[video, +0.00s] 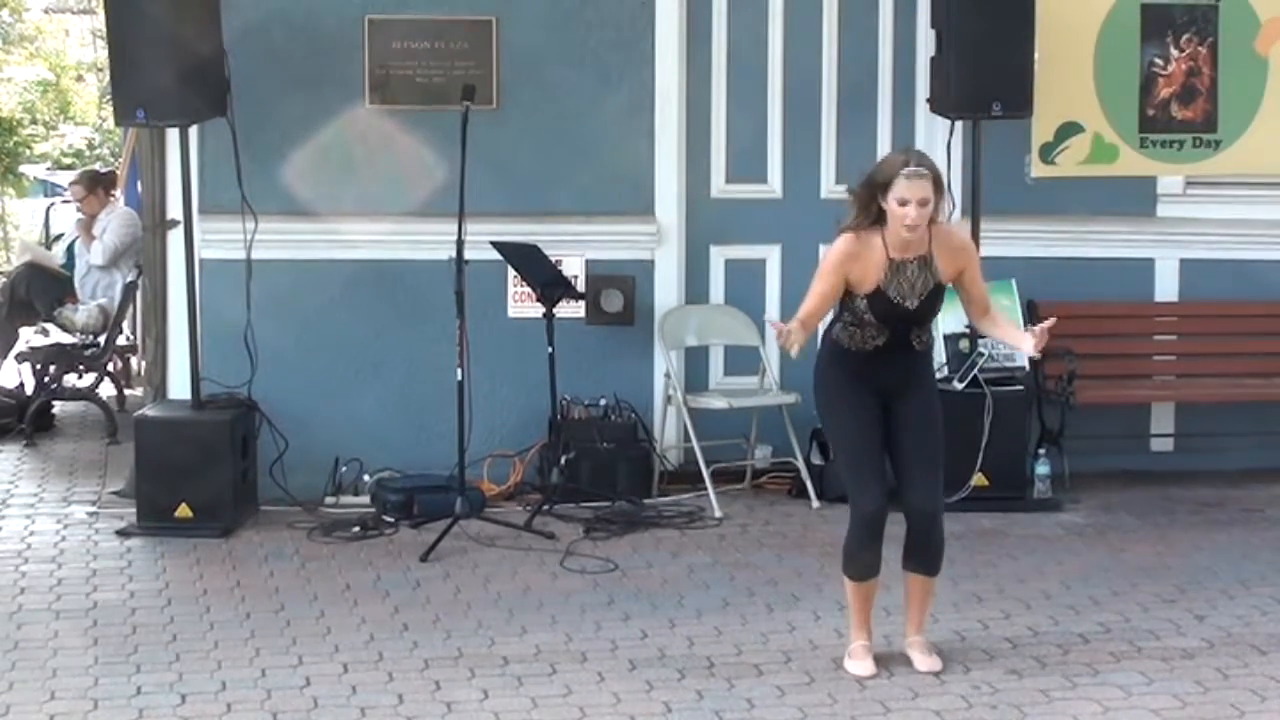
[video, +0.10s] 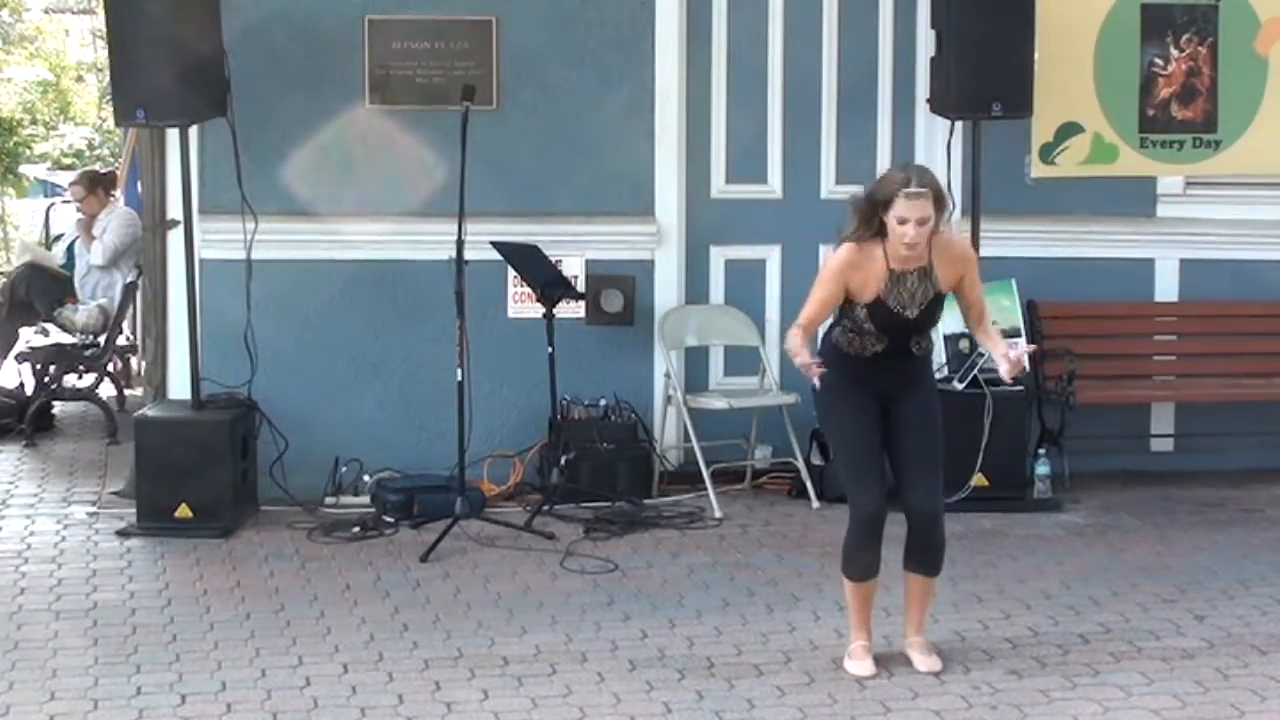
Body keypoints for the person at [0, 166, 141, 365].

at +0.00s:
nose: (78, 208)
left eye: (81, 201)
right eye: (75, 202)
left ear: (100, 193)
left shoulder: (125, 218)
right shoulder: (89, 222)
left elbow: (103, 257)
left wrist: (84, 233)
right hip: (80, 302)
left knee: (29, 274)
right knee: (13, 309)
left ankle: (6, 296)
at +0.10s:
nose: (77, 208)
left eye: (80, 201)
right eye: (75, 203)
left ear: (100, 193)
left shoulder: (125, 218)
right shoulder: (88, 223)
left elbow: (103, 257)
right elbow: (60, 261)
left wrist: (84, 233)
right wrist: (33, 256)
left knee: (30, 274)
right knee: (15, 313)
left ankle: (6, 300)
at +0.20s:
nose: (77, 208)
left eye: (80, 201)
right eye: (75, 203)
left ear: (100, 193)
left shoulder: (125, 218)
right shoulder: (89, 223)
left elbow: (103, 257)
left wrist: (85, 234)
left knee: (30, 274)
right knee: (14, 311)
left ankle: (6, 298)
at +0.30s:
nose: (77, 208)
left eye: (80, 201)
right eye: (75, 203)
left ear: (100, 194)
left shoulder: (125, 218)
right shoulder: (89, 223)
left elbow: (103, 258)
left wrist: (85, 234)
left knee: (30, 274)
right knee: (14, 312)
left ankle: (7, 299)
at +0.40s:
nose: (77, 208)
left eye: (80, 202)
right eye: (75, 203)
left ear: (100, 194)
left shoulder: (125, 219)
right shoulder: (90, 223)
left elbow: (103, 258)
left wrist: (85, 234)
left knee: (30, 274)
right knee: (15, 312)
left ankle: (7, 298)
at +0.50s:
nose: (77, 208)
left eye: (80, 202)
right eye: (75, 203)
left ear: (100, 194)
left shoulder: (125, 219)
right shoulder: (88, 223)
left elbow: (103, 258)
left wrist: (84, 235)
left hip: (104, 311)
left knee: (30, 274)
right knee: (14, 313)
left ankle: (6, 298)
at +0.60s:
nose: (77, 209)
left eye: (81, 202)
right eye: (75, 203)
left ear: (100, 194)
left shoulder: (125, 219)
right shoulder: (88, 223)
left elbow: (103, 258)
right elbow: (59, 259)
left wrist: (85, 235)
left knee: (29, 275)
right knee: (13, 313)